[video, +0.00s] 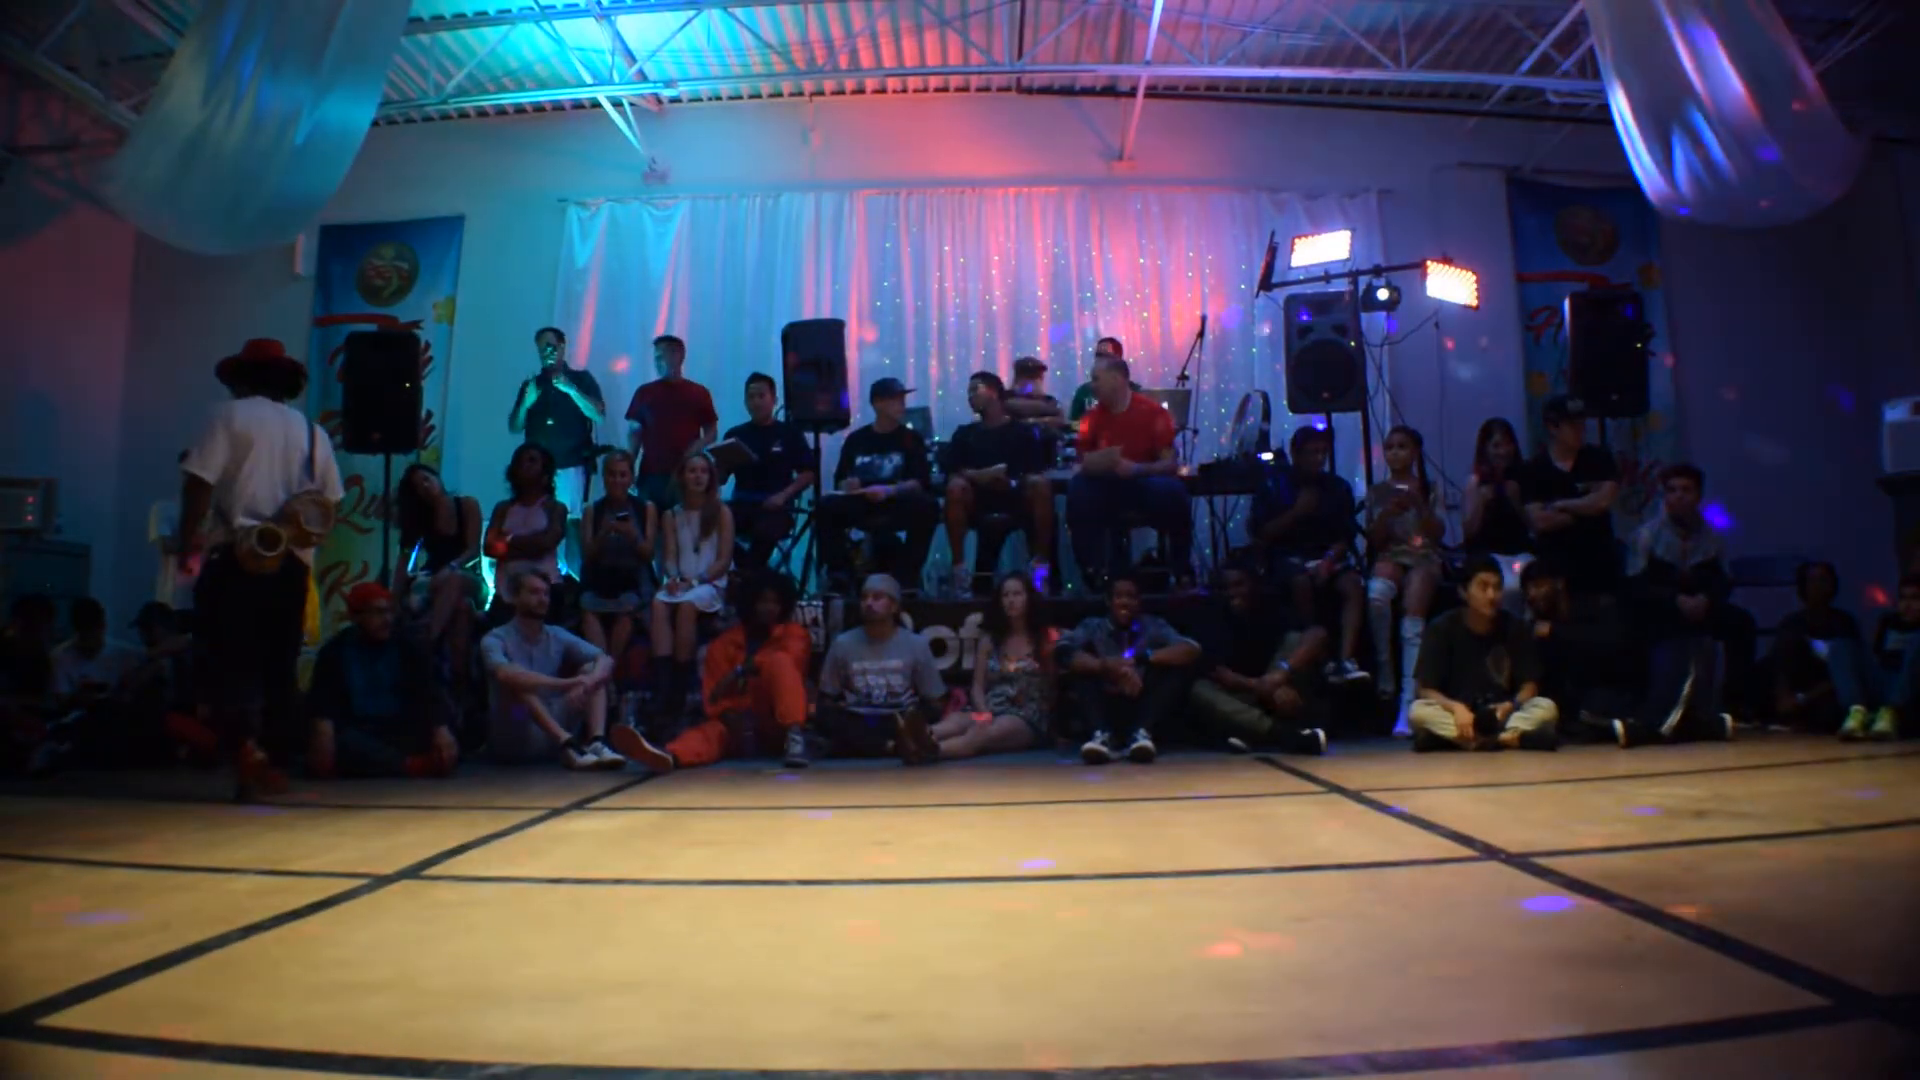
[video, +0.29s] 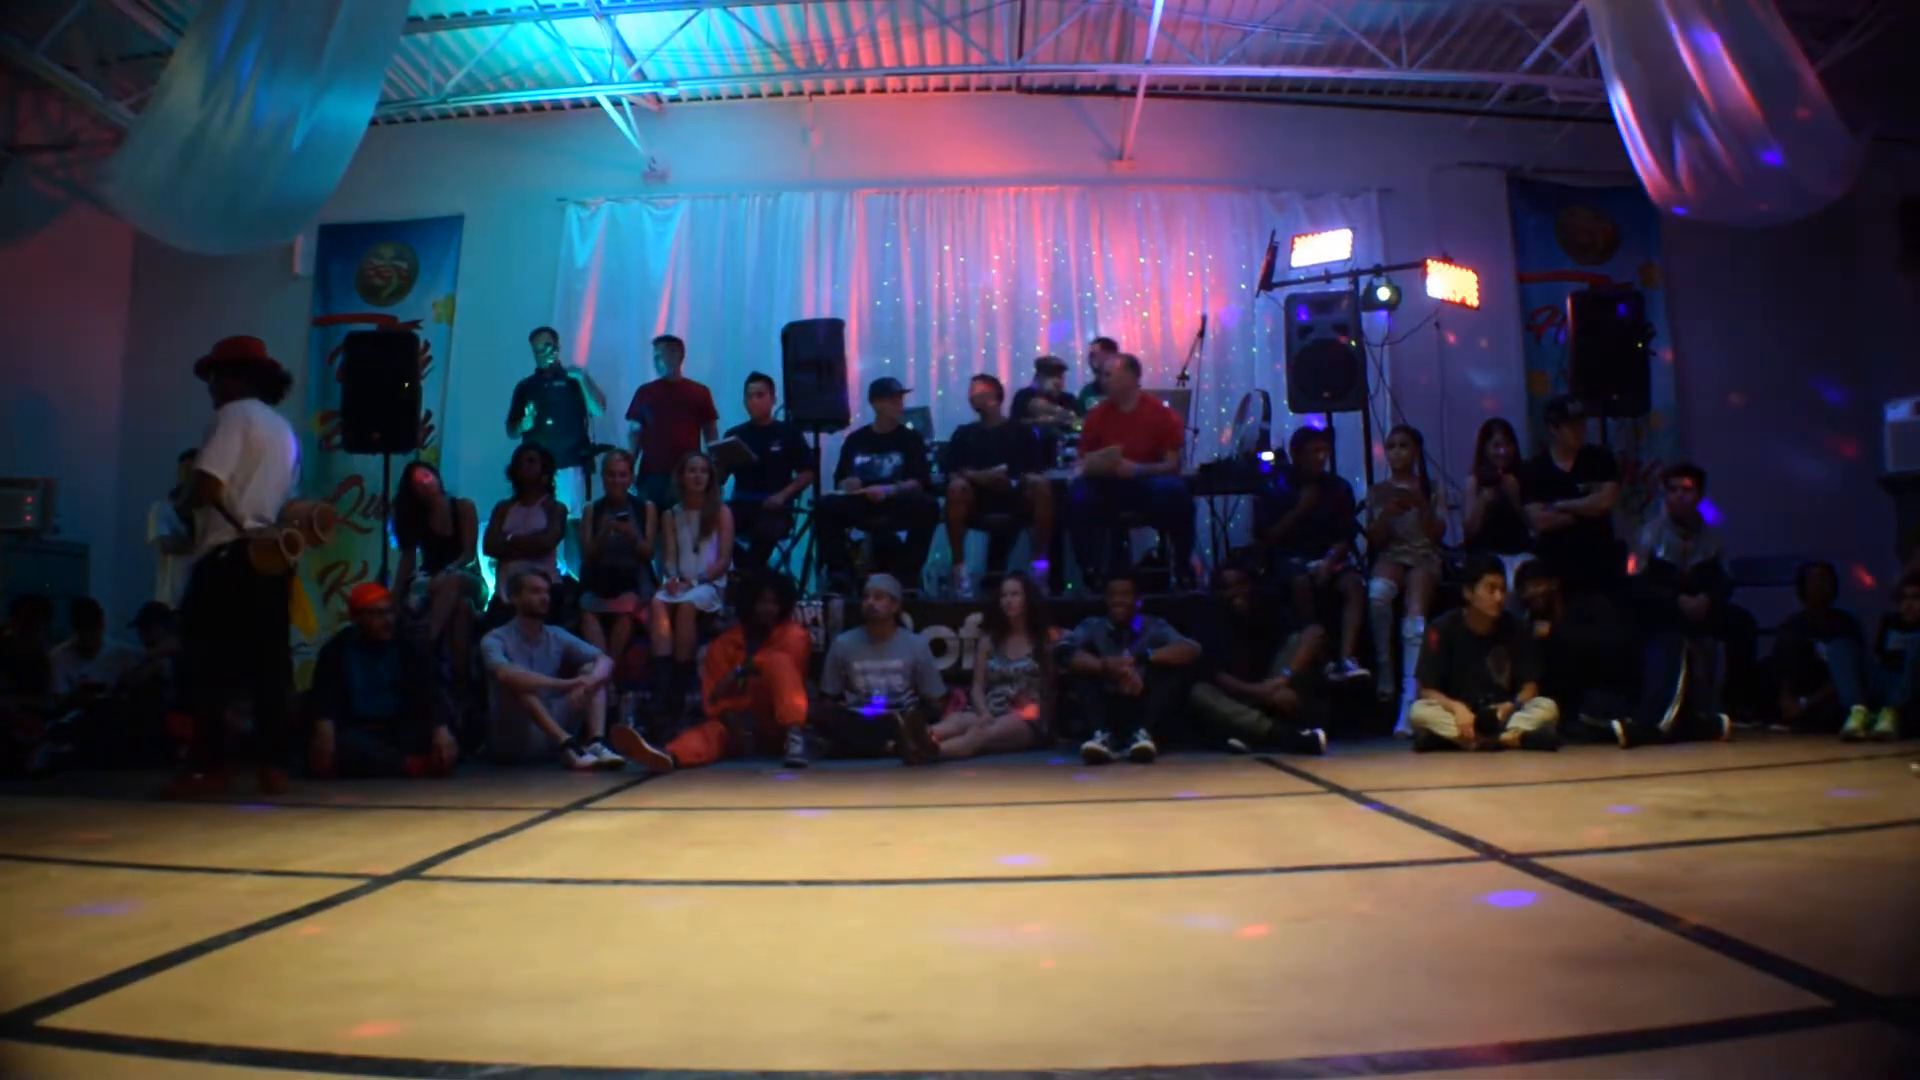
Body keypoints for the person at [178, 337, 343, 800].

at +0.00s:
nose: (233, 384)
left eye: (236, 378)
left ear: (241, 379)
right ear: (287, 383)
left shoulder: (229, 416)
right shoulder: (312, 433)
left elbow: (199, 481)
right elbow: (331, 500)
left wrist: (187, 542)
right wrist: (302, 531)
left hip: (232, 564)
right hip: (289, 568)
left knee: (228, 662)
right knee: (279, 665)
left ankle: (246, 761)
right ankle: (273, 763)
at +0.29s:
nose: (210, 388)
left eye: (215, 379)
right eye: (211, 379)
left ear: (232, 378)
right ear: (261, 379)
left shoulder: (235, 416)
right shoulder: (284, 430)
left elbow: (207, 484)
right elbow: (282, 500)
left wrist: (242, 522)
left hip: (225, 564)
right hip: (268, 564)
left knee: (205, 665)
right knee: (269, 670)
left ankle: (207, 767)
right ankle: (273, 768)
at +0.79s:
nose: (175, 386)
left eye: (184, 377)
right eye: (175, 378)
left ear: (208, 379)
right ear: (189, 383)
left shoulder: (230, 423)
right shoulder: (196, 427)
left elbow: (191, 471)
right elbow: (181, 512)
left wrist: (166, 427)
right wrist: (161, 566)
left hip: (212, 568)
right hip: (182, 571)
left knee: (198, 669)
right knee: (178, 670)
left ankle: (206, 764)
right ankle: (191, 763)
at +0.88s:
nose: (172, 386)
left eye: (180, 377)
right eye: (171, 378)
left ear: (205, 379)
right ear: (180, 383)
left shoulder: (227, 422)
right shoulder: (190, 428)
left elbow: (185, 464)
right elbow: (181, 513)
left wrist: (162, 416)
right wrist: (155, 564)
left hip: (209, 567)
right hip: (176, 571)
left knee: (196, 670)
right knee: (160, 669)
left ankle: (203, 764)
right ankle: (166, 763)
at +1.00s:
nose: (160, 385)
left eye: (169, 376)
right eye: (159, 377)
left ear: (194, 378)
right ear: (165, 381)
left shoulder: (217, 418)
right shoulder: (165, 427)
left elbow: (185, 453)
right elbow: (157, 510)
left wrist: (156, 410)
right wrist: (132, 566)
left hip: (200, 566)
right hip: (158, 571)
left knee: (198, 672)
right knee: (144, 674)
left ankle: (208, 766)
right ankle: (133, 765)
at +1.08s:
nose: (148, 385)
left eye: (157, 376)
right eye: (148, 377)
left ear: (185, 378)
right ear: (160, 381)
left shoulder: (211, 419)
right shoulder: (154, 435)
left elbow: (177, 449)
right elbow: (142, 516)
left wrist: (148, 406)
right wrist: (114, 573)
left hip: (195, 569)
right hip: (149, 576)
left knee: (198, 674)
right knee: (135, 677)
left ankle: (208, 766)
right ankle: (126, 768)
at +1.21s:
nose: (136, 384)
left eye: (146, 374)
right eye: (136, 375)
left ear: (174, 378)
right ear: (143, 382)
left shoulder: (198, 418)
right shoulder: (136, 428)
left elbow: (168, 443)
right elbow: (126, 506)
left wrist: (137, 405)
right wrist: (103, 563)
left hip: (180, 567)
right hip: (131, 573)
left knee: (190, 671)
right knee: (125, 675)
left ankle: (206, 765)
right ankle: (122, 767)